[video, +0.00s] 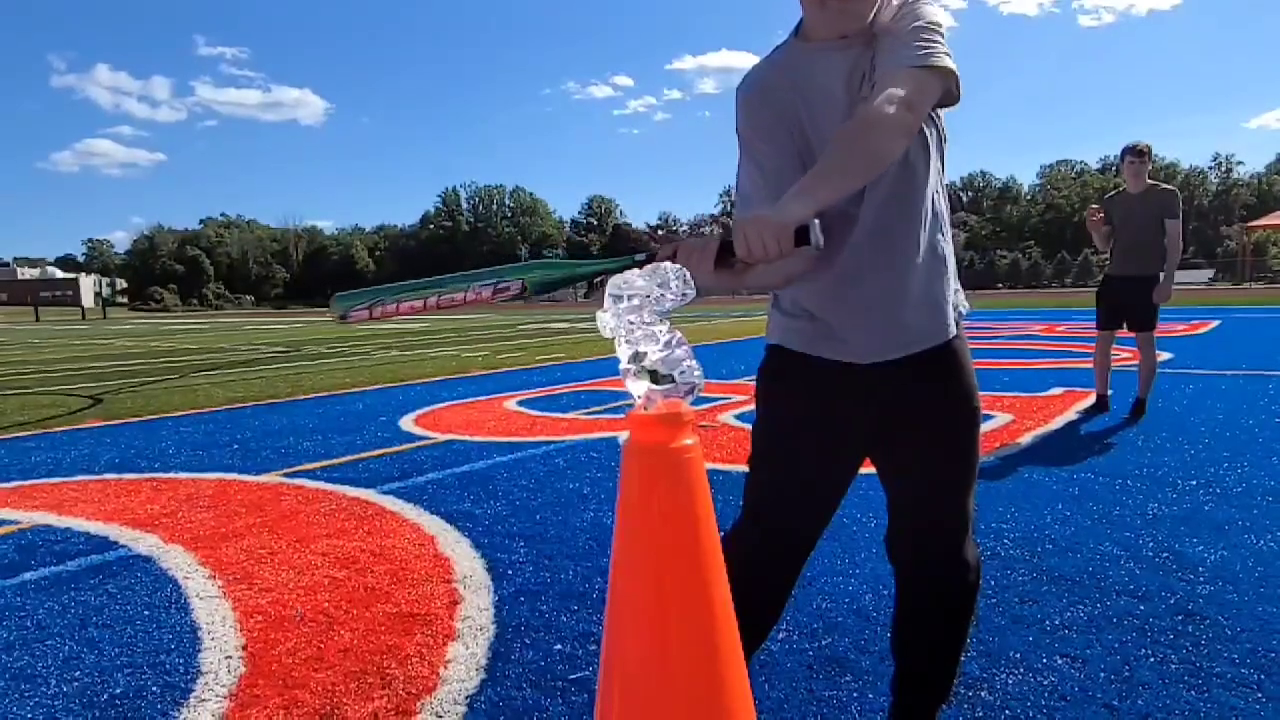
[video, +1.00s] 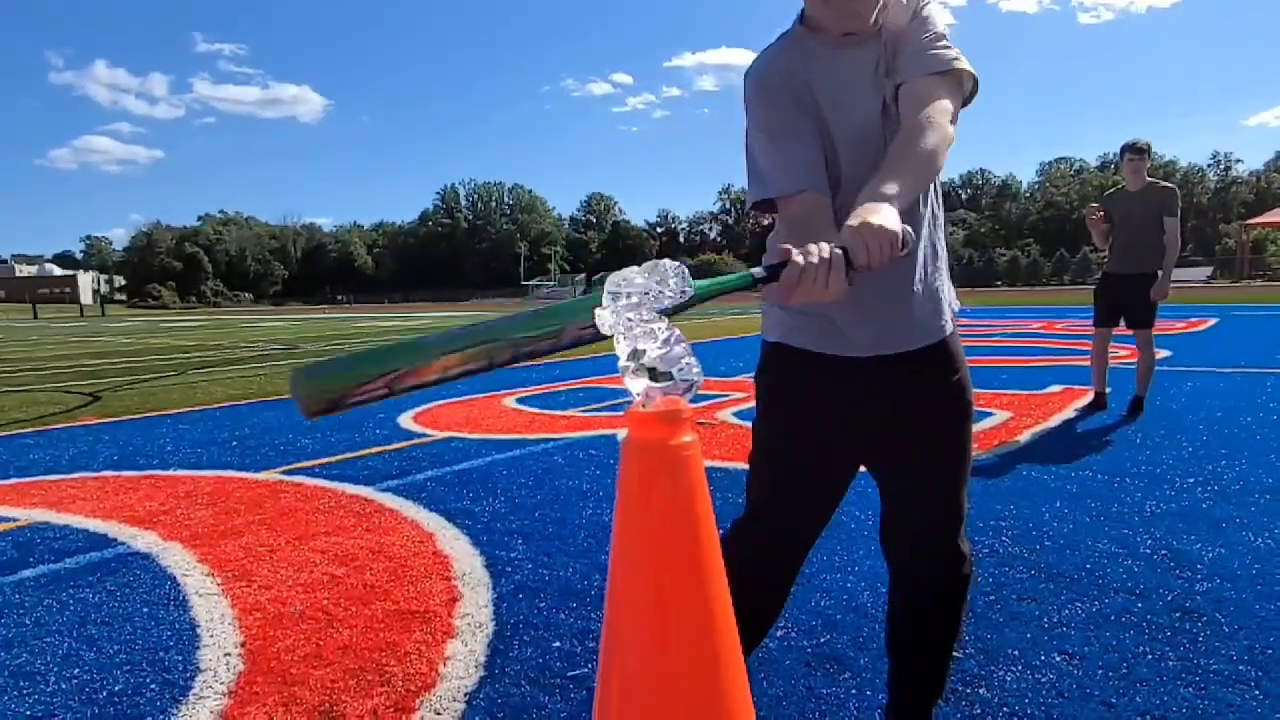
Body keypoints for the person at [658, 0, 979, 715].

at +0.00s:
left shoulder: (910, 21)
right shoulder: (766, 87)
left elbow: (895, 113)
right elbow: (792, 251)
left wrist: (785, 210)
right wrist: (710, 271)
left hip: (927, 355)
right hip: (811, 364)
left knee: (941, 565)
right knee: (759, 565)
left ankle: (918, 707)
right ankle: (687, 696)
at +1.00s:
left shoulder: (919, 21)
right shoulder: (776, 72)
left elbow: (930, 122)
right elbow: (799, 197)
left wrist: (883, 198)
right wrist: (810, 267)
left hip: (921, 354)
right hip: (810, 362)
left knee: (932, 558)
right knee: (767, 547)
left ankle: (911, 711)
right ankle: (685, 689)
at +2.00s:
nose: (867, 0)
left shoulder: (916, 20)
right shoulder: (783, 62)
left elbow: (946, 122)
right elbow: (821, 211)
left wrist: (961, 202)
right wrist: (912, 265)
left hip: (914, 328)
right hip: (808, 336)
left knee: (930, 544)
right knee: (773, 534)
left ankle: (908, 706)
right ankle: (703, 702)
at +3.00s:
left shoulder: (912, 21)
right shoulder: (788, 50)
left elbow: (970, 129)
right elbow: (845, 192)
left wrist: (1042, 217)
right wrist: (1015, 252)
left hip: (907, 335)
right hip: (806, 343)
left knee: (920, 539)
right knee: (775, 527)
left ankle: (922, 702)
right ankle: (702, 684)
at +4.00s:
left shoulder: (913, 23)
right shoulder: (798, 42)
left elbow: (977, 137)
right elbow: (887, 182)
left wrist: (1083, 221)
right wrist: (1064, 238)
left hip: (904, 338)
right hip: (802, 346)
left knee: (921, 539)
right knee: (769, 531)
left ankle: (923, 694)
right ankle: (693, 696)